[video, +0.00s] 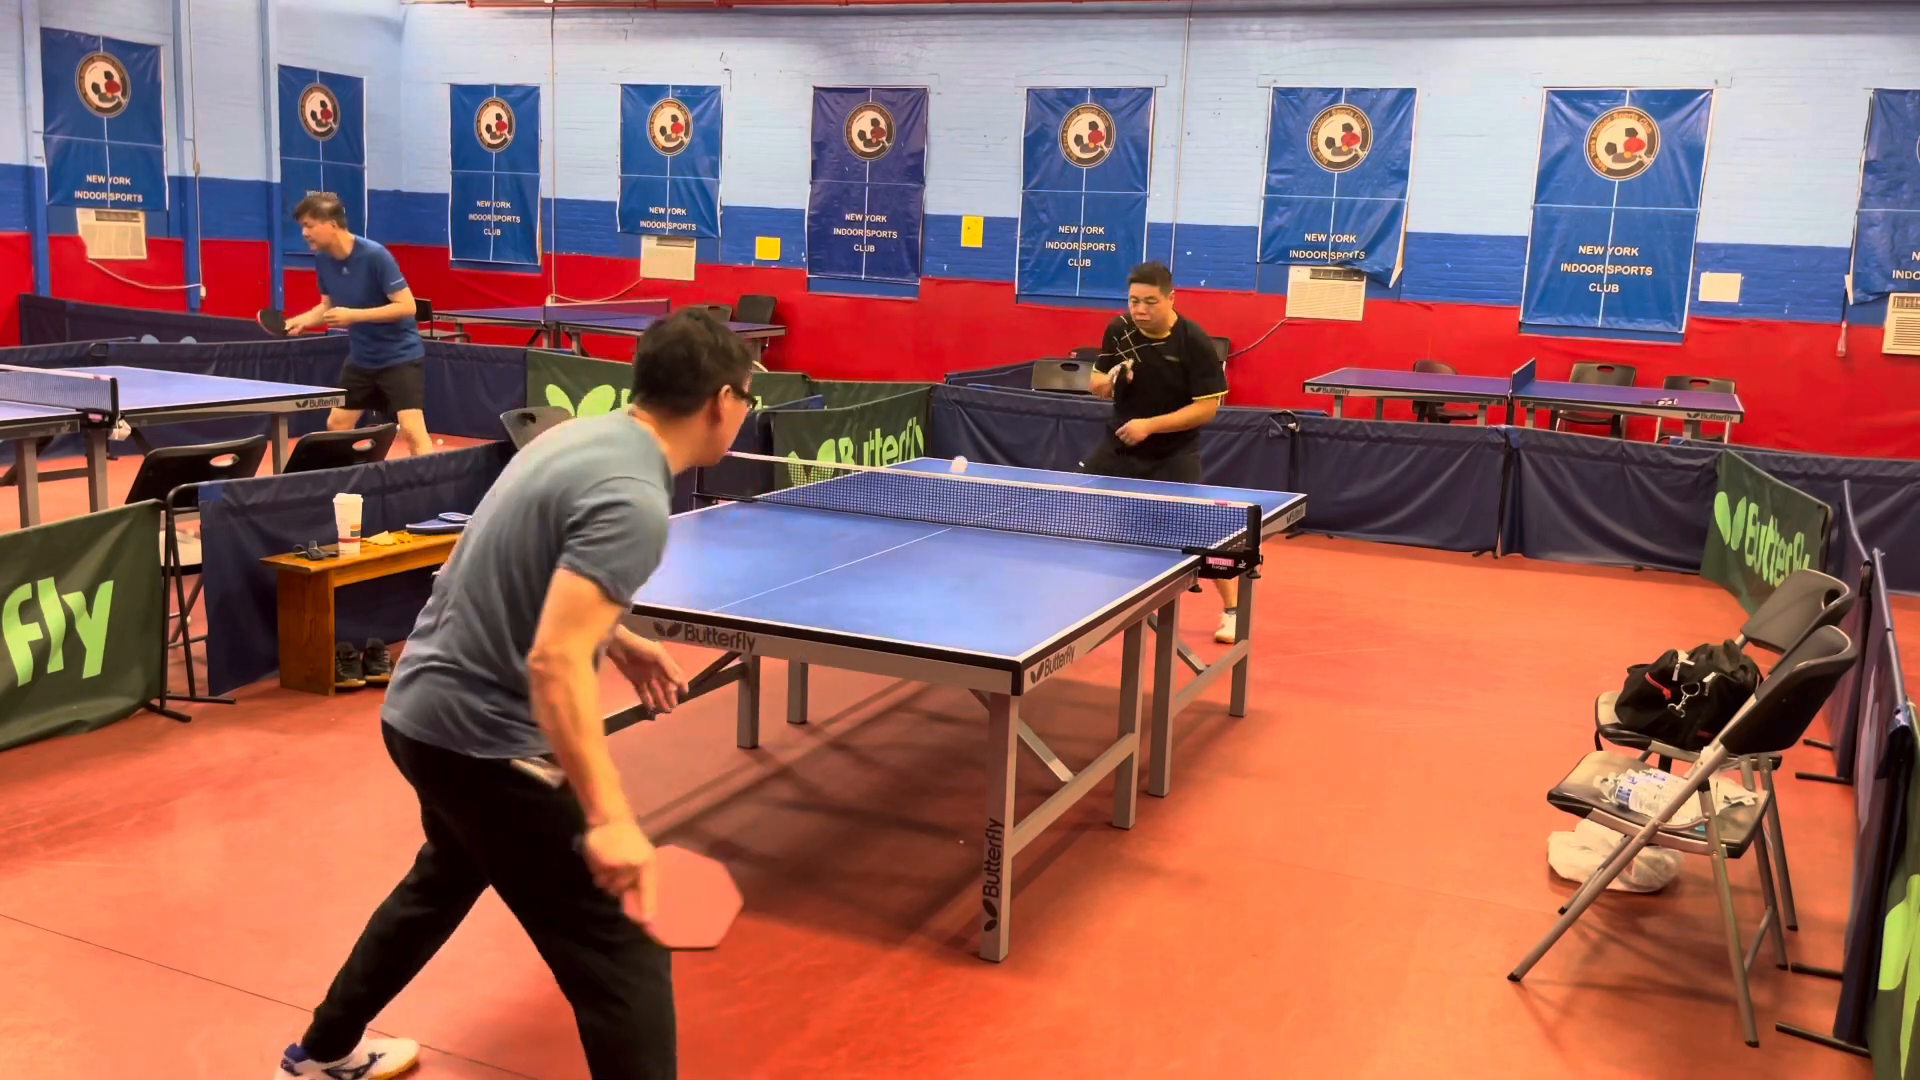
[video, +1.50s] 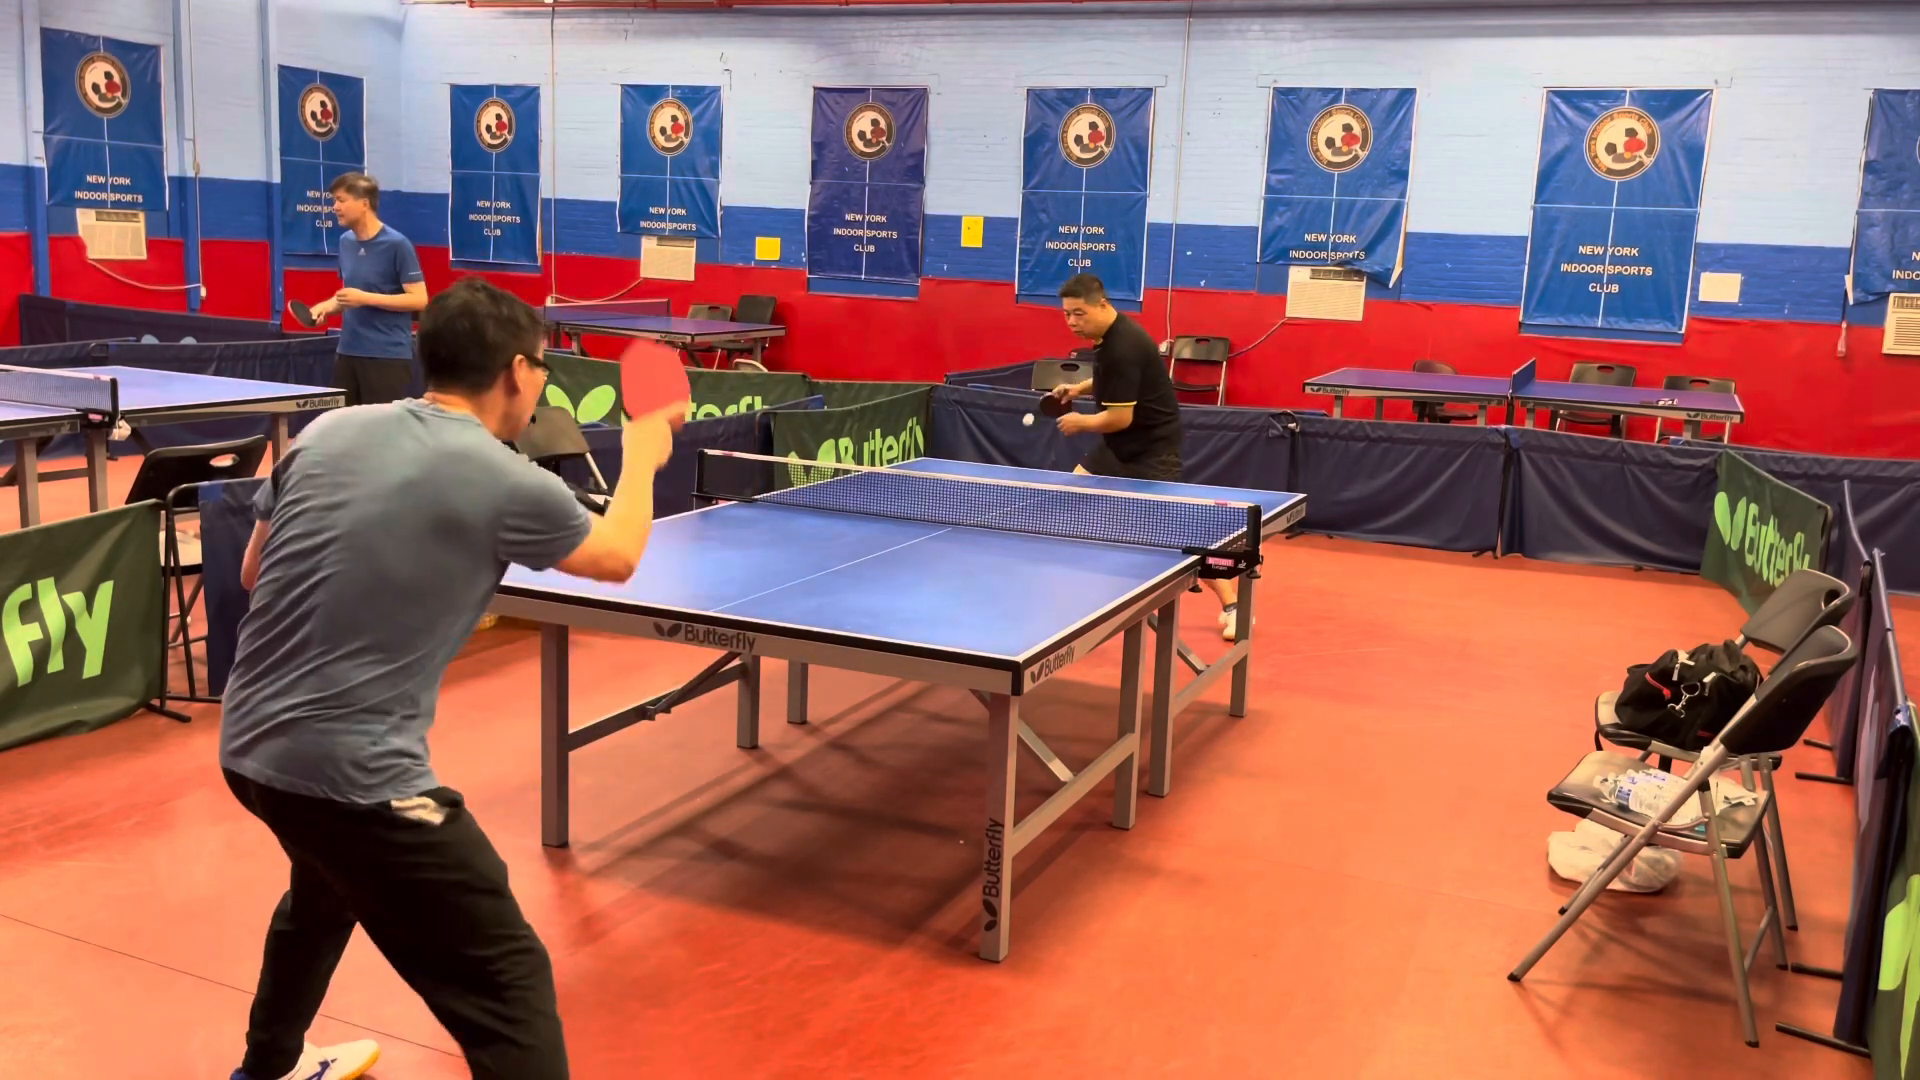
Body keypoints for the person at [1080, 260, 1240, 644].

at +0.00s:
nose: (1139, 310)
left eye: (1148, 302)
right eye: (1134, 301)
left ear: (1170, 299)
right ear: (1127, 298)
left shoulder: (1195, 341)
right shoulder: (1120, 329)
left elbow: (1208, 409)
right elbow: (1096, 385)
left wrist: (1149, 424)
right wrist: (1112, 379)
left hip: (1174, 452)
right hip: (1121, 445)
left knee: (1197, 522)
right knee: (1067, 497)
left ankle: (1231, 609)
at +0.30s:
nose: (1098, 315)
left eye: (1107, 307)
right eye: (1093, 306)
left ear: (1129, 304)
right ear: (1088, 305)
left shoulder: (1157, 343)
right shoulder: (1091, 341)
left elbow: (1168, 411)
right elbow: (1086, 392)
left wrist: (1112, 426)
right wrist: (1071, 413)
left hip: (1163, 454)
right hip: (1109, 449)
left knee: (1198, 525)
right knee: (1054, 505)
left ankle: (1237, 607)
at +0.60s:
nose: (1059, 323)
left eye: (1065, 314)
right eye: (1056, 314)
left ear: (1092, 307)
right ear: (1084, 310)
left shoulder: (1116, 343)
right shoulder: (1102, 337)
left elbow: (1115, 415)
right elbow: (1089, 376)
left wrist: (1080, 420)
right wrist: (1038, 384)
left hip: (1158, 452)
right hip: (1119, 447)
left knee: (1193, 530)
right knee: (1065, 501)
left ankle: (1250, 610)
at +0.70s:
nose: (1048, 322)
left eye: (1055, 313)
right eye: (1044, 313)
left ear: (1080, 307)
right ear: (1045, 310)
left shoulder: (1113, 335)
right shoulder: (1065, 342)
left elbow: (1131, 401)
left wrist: (1092, 421)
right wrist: (1000, 365)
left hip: (1155, 441)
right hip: (1110, 440)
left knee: (1183, 522)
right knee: (1054, 499)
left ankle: (1241, 604)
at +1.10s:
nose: (1068, 326)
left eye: (1077, 317)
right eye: (1063, 318)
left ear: (1098, 315)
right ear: (1057, 317)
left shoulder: (1131, 350)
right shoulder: (1053, 354)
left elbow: (1148, 410)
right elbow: (1033, 402)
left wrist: (1095, 435)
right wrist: (1030, 409)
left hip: (1132, 450)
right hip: (1073, 448)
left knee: (1169, 509)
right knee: (1021, 497)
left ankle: (1196, 594)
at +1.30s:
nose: (1053, 313)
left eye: (1061, 304)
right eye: (1048, 305)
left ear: (1083, 299)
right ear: (1044, 304)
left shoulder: (1110, 335)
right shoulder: (1061, 335)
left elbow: (1120, 402)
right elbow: (1065, 382)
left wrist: (1076, 411)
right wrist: (1038, 413)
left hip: (1140, 435)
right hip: (1097, 432)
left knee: (1166, 513)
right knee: (1052, 495)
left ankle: (1225, 589)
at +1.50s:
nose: (1072, 322)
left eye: (1079, 314)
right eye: (1067, 314)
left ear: (1103, 306)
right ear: (1065, 312)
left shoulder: (1125, 345)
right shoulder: (1110, 337)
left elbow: (1120, 417)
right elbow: (1112, 378)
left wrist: (1083, 423)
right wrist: (1078, 389)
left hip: (1155, 450)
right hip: (1119, 444)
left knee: (1181, 526)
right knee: (1066, 498)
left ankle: (1231, 602)